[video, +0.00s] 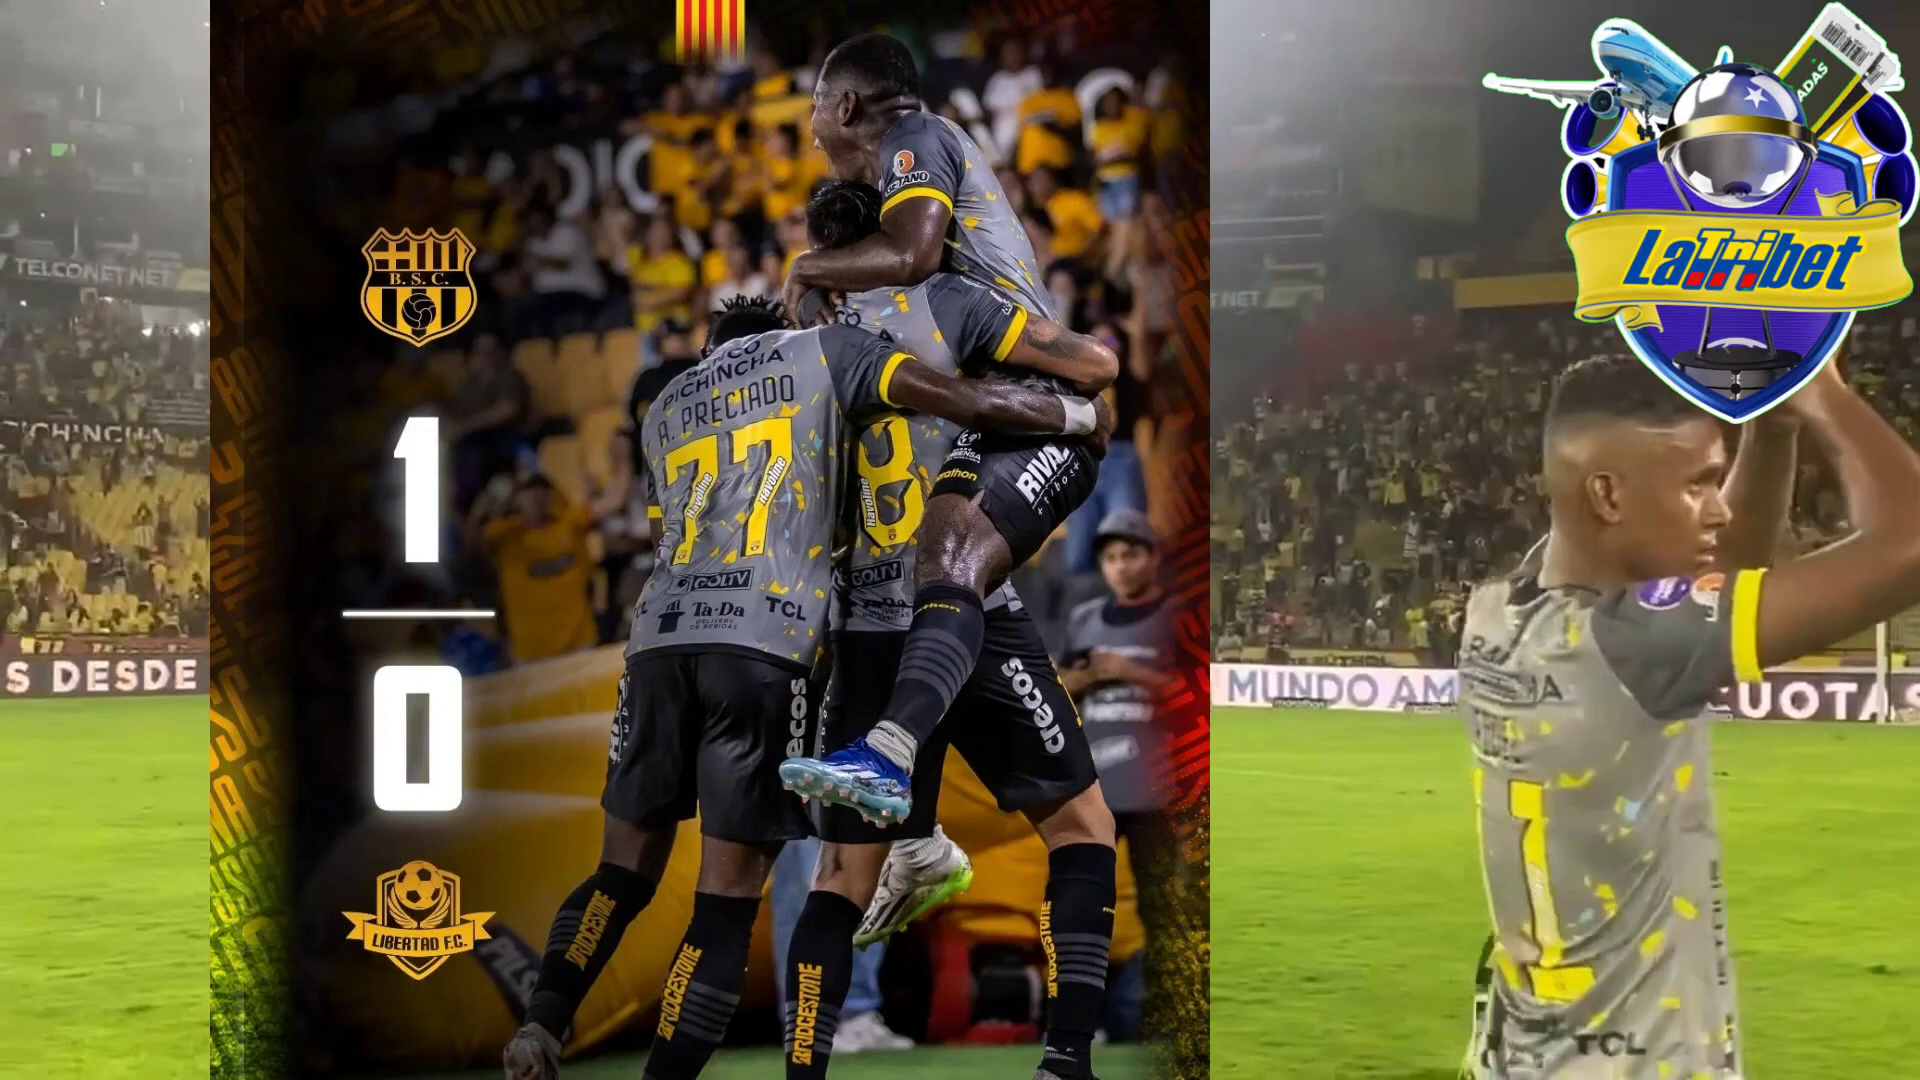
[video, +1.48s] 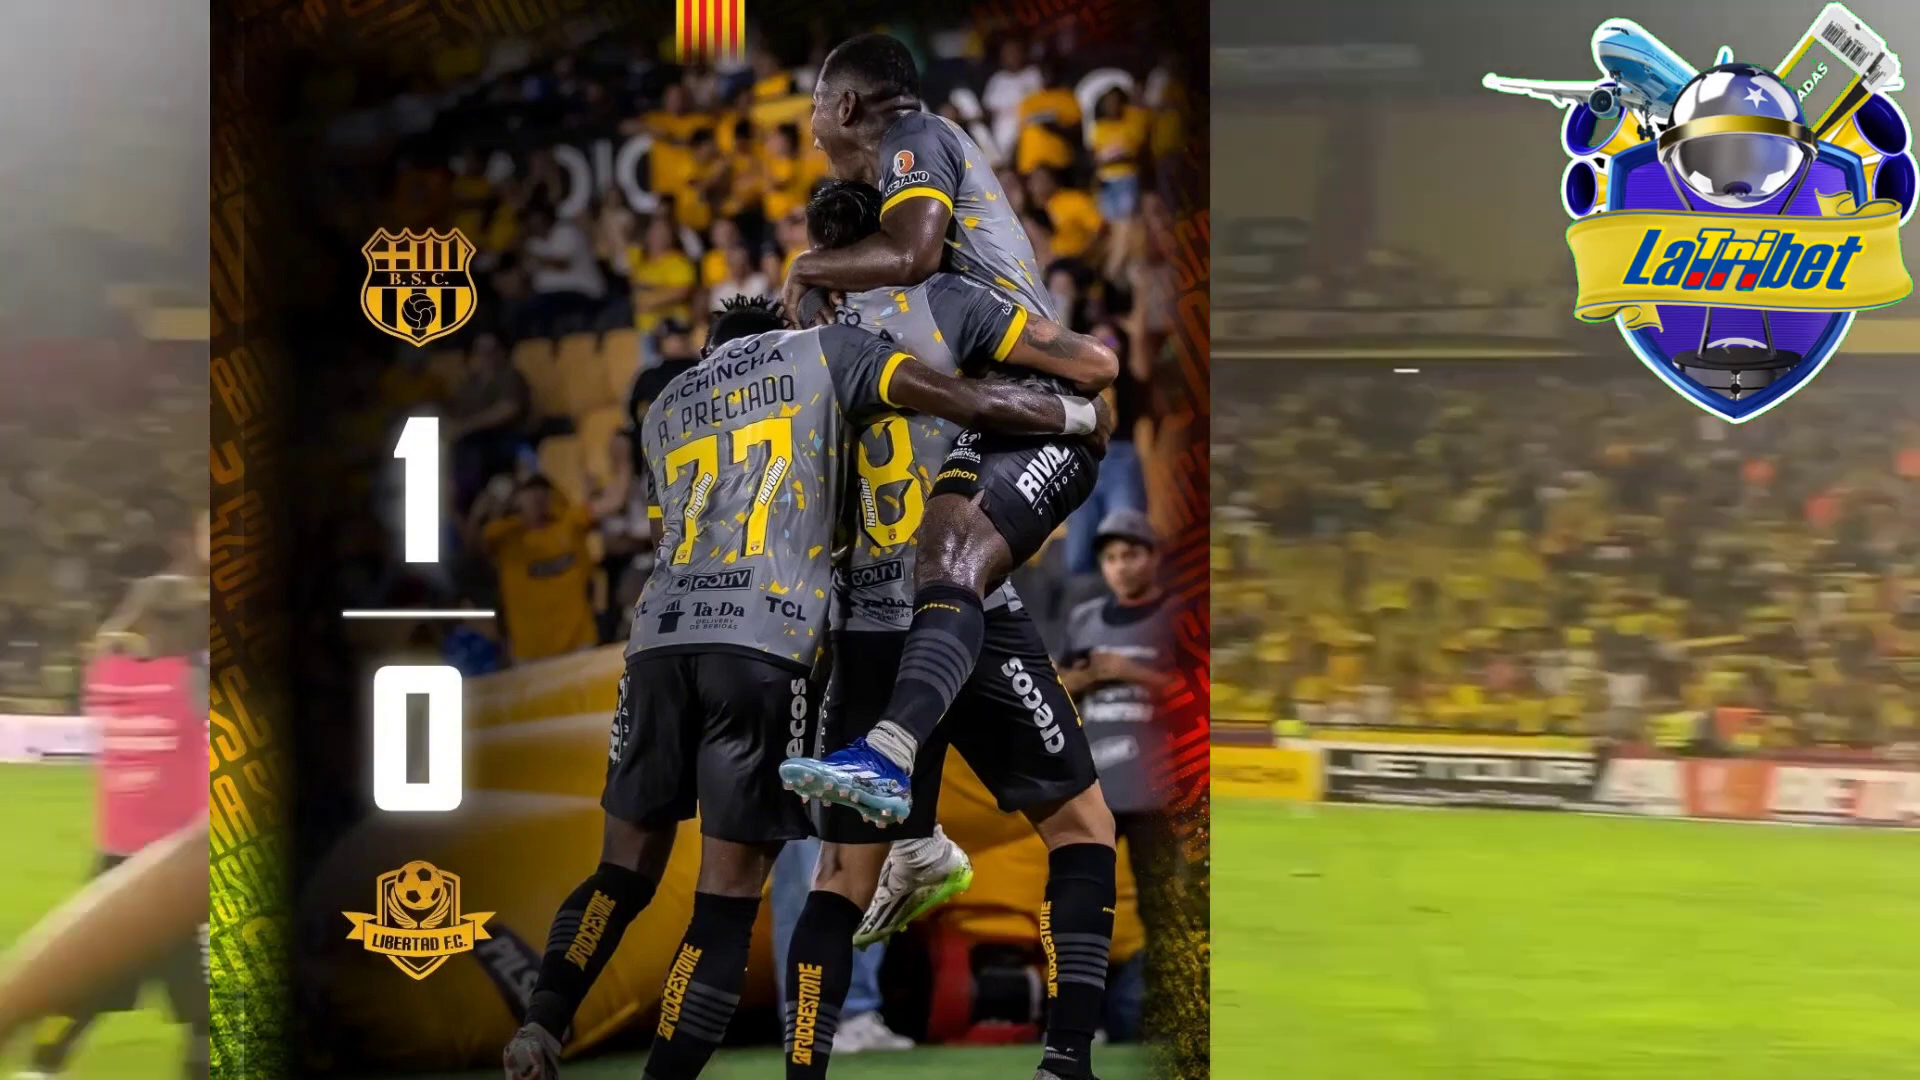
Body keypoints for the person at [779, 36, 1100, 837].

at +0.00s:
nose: (814, 128)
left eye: (821, 109)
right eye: (814, 110)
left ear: (856, 104)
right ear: (878, 107)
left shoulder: (915, 135)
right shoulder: (892, 167)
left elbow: (914, 251)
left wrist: (806, 264)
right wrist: (812, 295)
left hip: (1042, 400)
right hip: (976, 399)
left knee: (952, 557)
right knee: (887, 562)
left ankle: (888, 758)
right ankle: (916, 838)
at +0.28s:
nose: (817, 130)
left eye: (821, 110)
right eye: (815, 113)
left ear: (855, 101)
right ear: (879, 102)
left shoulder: (914, 133)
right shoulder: (907, 152)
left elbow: (914, 250)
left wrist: (806, 265)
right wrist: (816, 294)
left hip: (1045, 400)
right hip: (982, 396)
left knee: (953, 555)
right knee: (894, 563)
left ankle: (889, 756)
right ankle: (917, 838)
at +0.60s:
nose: (814, 130)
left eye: (821, 110)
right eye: (814, 112)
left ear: (855, 104)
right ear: (878, 107)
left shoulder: (915, 134)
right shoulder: (893, 167)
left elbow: (914, 251)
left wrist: (807, 264)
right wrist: (811, 294)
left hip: (1044, 400)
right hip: (980, 398)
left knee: (953, 556)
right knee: (890, 563)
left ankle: (888, 759)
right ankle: (915, 836)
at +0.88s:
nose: (816, 132)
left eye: (821, 112)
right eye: (814, 114)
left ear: (856, 103)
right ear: (878, 105)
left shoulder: (914, 134)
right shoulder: (898, 161)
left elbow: (914, 250)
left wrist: (808, 264)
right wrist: (813, 295)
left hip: (1041, 400)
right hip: (979, 398)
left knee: (953, 556)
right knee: (891, 563)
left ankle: (888, 757)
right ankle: (914, 837)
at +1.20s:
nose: (816, 134)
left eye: (821, 112)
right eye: (814, 115)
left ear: (857, 102)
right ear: (877, 105)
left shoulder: (914, 131)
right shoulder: (897, 166)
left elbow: (914, 251)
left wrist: (808, 265)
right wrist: (804, 301)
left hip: (1040, 403)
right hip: (978, 401)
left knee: (953, 557)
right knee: (888, 565)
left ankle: (886, 756)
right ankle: (917, 839)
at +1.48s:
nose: (814, 132)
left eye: (820, 111)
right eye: (813, 113)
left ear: (855, 105)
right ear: (879, 107)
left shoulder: (914, 135)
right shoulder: (908, 154)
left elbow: (915, 250)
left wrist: (807, 265)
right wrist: (799, 303)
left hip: (1041, 401)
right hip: (980, 399)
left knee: (952, 556)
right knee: (888, 563)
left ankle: (888, 756)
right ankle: (917, 840)